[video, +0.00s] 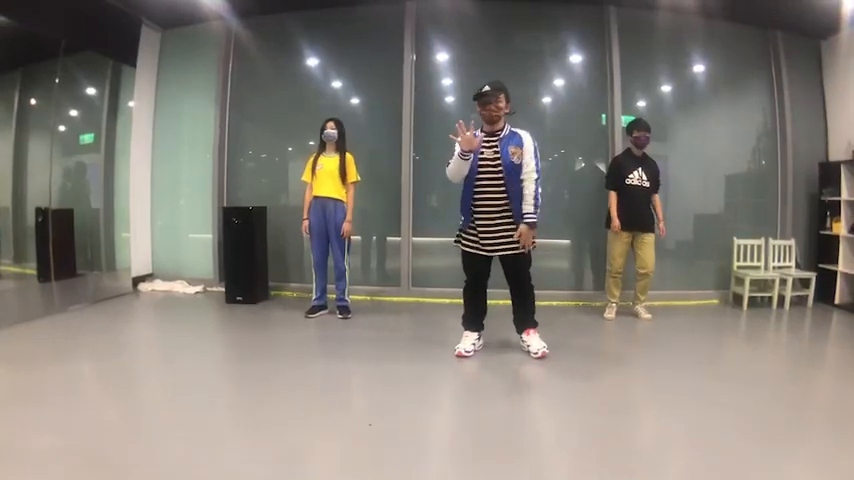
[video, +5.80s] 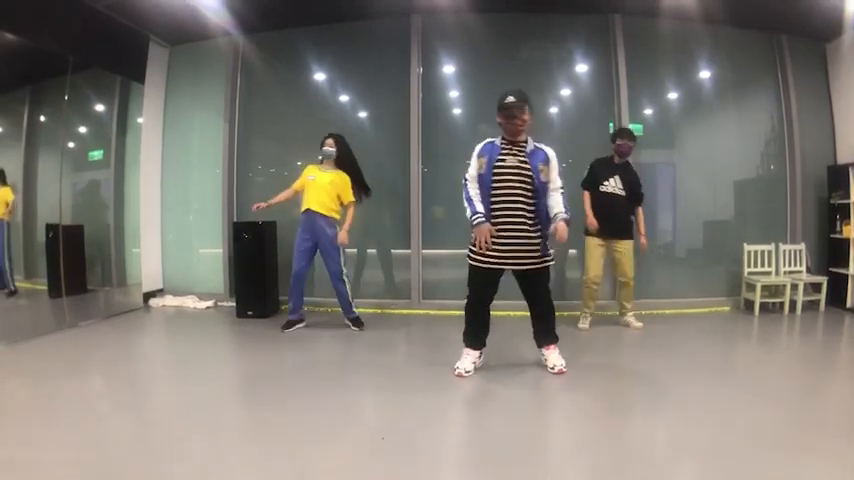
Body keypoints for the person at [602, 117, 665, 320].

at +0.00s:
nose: (643, 138)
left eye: (646, 135)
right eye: (638, 135)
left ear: (650, 137)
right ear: (630, 137)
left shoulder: (651, 165)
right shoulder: (619, 161)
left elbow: (654, 195)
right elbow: (612, 191)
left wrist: (660, 220)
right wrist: (614, 217)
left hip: (645, 225)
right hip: (621, 224)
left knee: (647, 269)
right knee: (615, 268)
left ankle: (639, 303)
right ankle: (612, 303)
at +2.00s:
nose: (643, 145)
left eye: (646, 142)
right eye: (638, 142)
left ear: (650, 144)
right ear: (631, 144)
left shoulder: (657, 172)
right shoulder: (621, 171)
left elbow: (662, 202)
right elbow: (615, 200)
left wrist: (663, 228)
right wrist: (611, 226)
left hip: (649, 232)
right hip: (624, 232)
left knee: (652, 276)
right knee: (620, 273)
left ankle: (651, 308)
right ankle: (619, 308)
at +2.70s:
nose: (632, 143)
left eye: (635, 140)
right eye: (627, 140)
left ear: (638, 142)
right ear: (619, 142)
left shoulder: (642, 170)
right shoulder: (610, 167)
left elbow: (644, 200)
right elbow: (598, 195)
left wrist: (648, 225)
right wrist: (602, 223)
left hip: (636, 230)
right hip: (612, 230)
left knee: (641, 273)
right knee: (605, 273)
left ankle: (640, 309)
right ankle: (595, 308)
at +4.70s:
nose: (606, 150)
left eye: (609, 146)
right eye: (602, 146)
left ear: (615, 149)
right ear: (596, 149)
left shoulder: (623, 171)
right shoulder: (589, 173)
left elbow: (641, 193)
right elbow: (578, 195)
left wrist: (628, 217)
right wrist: (580, 218)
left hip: (621, 234)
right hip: (596, 234)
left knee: (632, 276)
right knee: (590, 276)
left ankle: (649, 308)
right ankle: (589, 311)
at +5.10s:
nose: (632, 146)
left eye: (635, 142)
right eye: (628, 142)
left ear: (638, 143)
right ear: (618, 142)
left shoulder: (630, 165)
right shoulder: (607, 163)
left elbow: (628, 194)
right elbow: (587, 186)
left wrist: (639, 212)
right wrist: (593, 211)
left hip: (626, 228)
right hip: (603, 228)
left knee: (632, 272)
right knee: (597, 272)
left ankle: (628, 310)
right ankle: (584, 309)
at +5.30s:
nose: (646, 157)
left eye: (648, 153)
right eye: (642, 154)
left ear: (650, 154)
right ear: (633, 154)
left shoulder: (643, 178)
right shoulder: (623, 171)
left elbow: (645, 202)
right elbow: (611, 195)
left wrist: (649, 222)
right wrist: (619, 222)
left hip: (628, 238)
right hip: (607, 237)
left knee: (639, 276)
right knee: (594, 280)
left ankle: (627, 313)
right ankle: (571, 311)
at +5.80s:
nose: (624, 145)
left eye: (628, 142)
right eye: (620, 141)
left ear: (633, 147)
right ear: (613, 143)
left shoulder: (632, 174)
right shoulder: (598, 165)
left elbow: (638, 206)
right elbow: (586, 190)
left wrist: (642, 233)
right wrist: (589, 216)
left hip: (622, 234)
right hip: (596, 232)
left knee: (627, 277)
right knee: (592, 278)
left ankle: (626, 313)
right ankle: (586, 313)